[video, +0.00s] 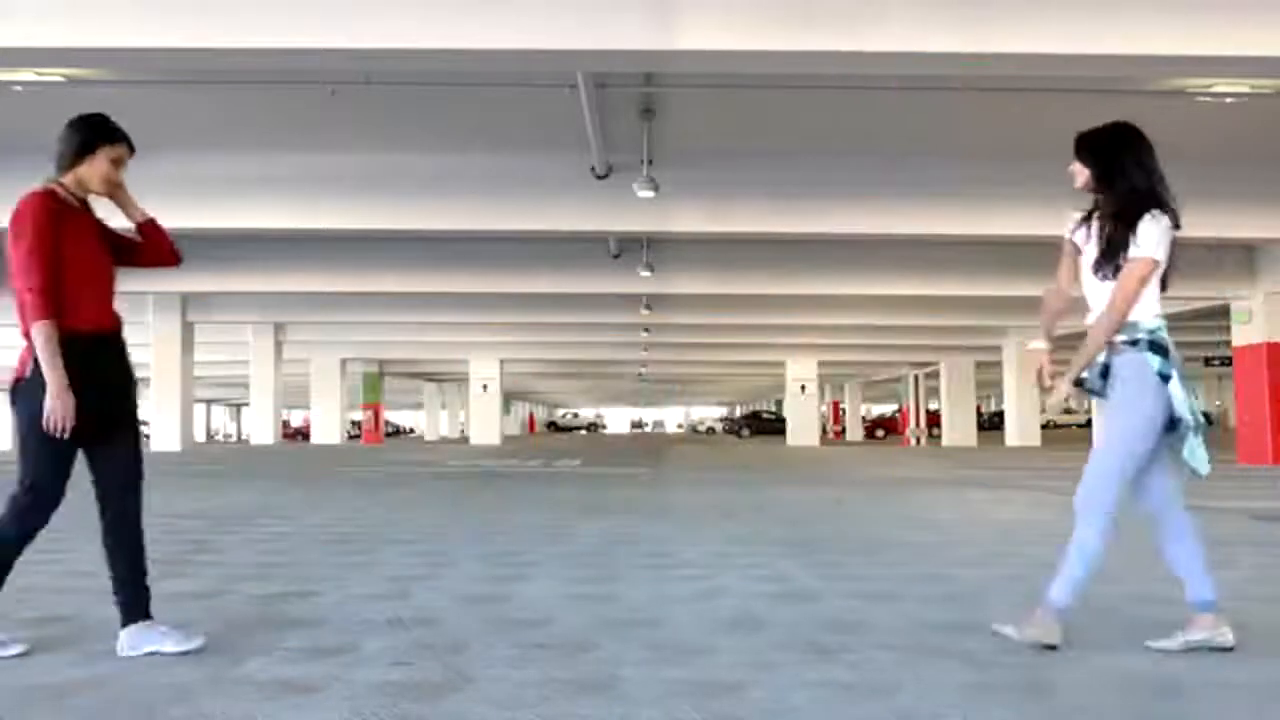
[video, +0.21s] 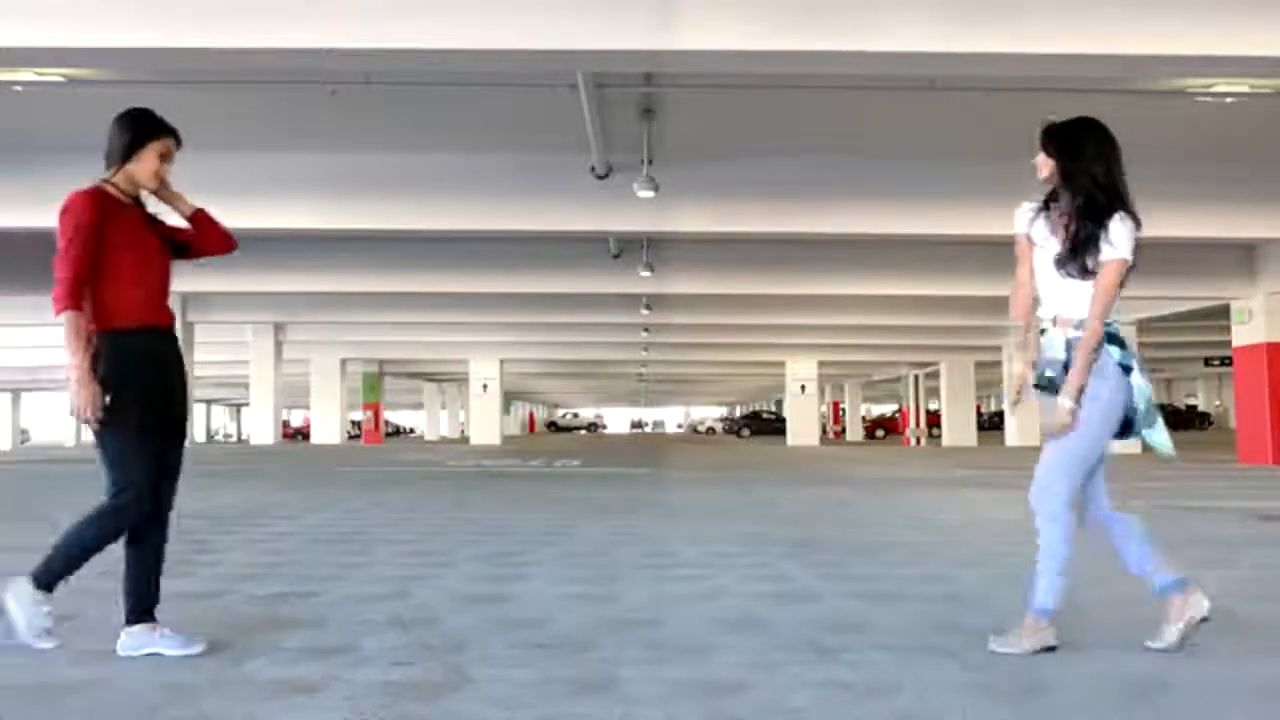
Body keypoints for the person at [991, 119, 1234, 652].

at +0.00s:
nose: (1071, 168)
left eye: (1081, 160)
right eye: (1074, 159)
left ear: (1108, 167)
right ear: (1111, 168)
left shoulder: (1153, 223)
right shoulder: (1083, 227)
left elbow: (1120, 304)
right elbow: (1062, 292)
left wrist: (1075, 368)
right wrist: (1045, 340)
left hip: (1141, 368)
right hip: (1110, 367)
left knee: (1097, 491)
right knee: (1161, 498)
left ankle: (1050, 614)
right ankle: (1206, 616)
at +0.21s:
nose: (1037, 162)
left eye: (1046, 154)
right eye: (1039, 153)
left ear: (1075, 159)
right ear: (1067, 160)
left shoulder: (1115, 225)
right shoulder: (1034, 218)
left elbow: (1098, 316)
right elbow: (1023, 296)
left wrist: (1069, 392)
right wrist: (1020, 360)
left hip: (1099, 366)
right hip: (1053, 364)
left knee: (1050, 489)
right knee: (1092, 503)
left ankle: (1039, 621)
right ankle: (1179, 594)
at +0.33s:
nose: (1016, 166)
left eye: (1026, 158)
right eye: (1019, 157)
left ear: (1052, 169)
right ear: (1035, 167)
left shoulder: (1092, 238)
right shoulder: (1011, 218)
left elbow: (1090, 329)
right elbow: (998, 297)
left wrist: (1081, 408)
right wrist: (997, 370)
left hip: (1071, 367)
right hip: (1023, 366)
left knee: (1041, 494)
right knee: (1017, 496)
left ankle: (1040, 619)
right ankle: (1120, 573)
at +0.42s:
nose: (1004, 157)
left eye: (1014, 150)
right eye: (1007, 149)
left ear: (1039, 161)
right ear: (1028, 161)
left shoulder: (1083, 231)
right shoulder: (995, 215)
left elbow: (1086, 315)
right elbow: (984, 296)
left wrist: (1085, 396)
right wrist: (977, 366)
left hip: (1056, 358)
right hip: (1008, 359)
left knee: (1031, 489)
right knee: (988, 501)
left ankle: (1041, 621)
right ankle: (1058, 586)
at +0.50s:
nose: (994, 144)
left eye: (1004, 137)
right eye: (996, 136)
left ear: (1030, 148)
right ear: (1009, 148)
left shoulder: (1076, 216)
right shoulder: (982, 209)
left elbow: (1080, 299)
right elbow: (972, 289)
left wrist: (1083, 380)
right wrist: (961, 354)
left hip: (1046, 350)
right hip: (992, 350)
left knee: (1029, 486)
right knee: (976, 487)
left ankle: (1041, 618)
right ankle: (995, 605)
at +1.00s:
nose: (976, 148)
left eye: (985, 142)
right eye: (965, 140)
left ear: (996, 158)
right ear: (944, 152)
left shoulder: (1006, 225)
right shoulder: (919, 213)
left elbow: (1025, 306)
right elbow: (911, 298)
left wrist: (1059, 381)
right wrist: (914, 372)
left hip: (1007, 358)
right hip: (943, 359)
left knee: (1005, 493)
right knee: (960, 498)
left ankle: (1022, 618)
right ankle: (915, 612)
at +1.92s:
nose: (928, 158)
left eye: (931, 146)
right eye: (913, 156)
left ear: (946, 150)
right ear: (903, 172)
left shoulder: (946, 214)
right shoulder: (923, 211)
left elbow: (951, 300)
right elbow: (940, 294)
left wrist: (973, 372)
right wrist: (969, 372)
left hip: (959, 358)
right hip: (926, 357)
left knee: (989, 490)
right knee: (939, 493)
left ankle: (973, 615)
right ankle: (916, 616)